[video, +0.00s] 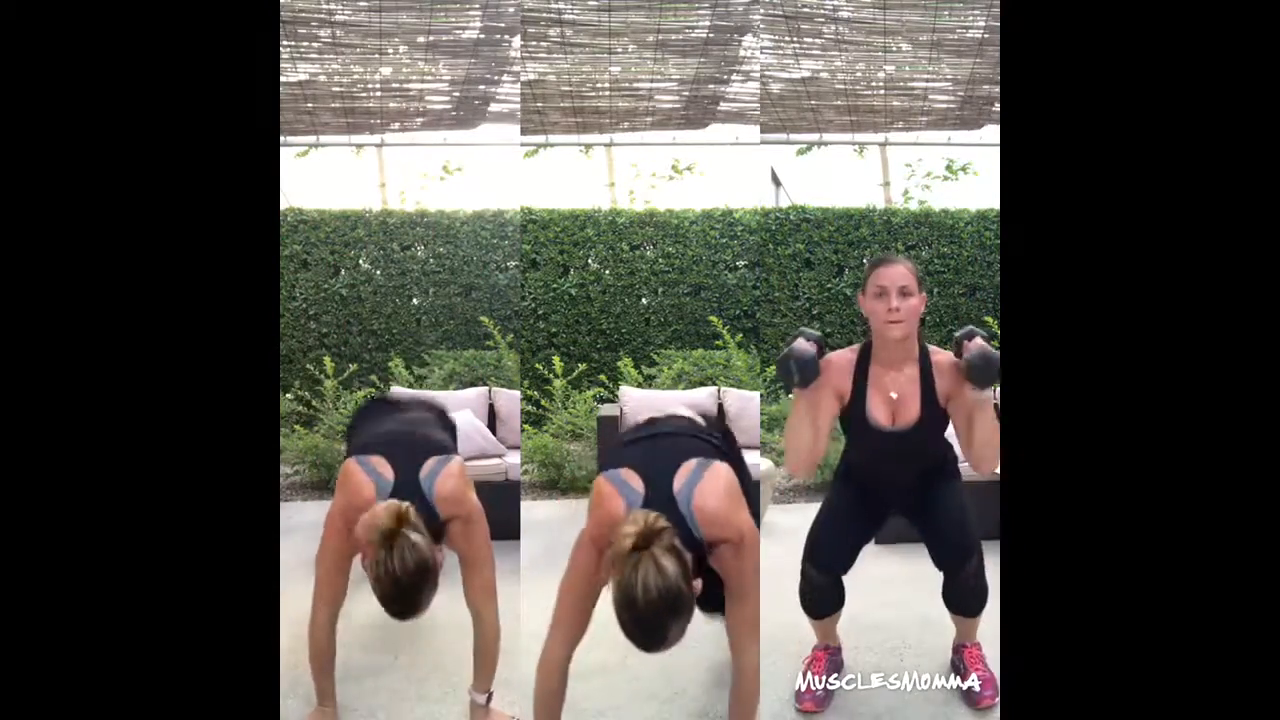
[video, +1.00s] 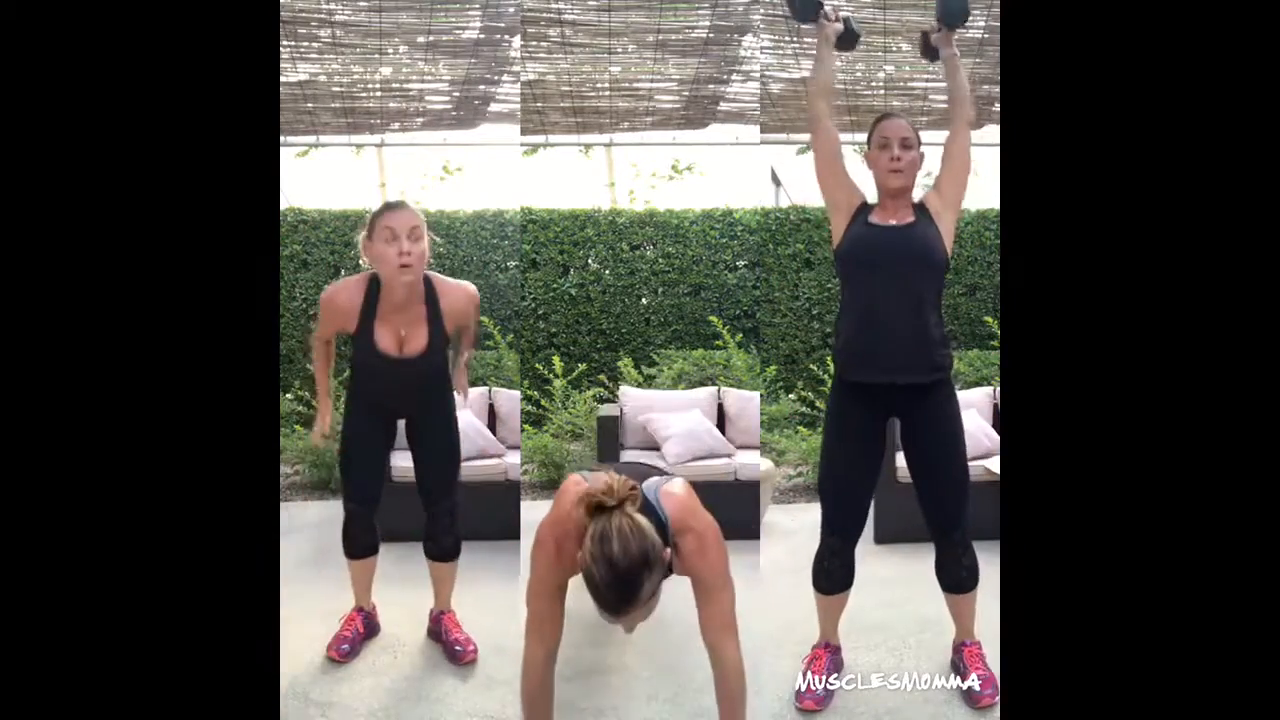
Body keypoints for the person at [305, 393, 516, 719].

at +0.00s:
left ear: (439, 552)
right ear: (366, 558)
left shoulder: (458, 500)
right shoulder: (352, 494)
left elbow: (485, 612)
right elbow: (323, 613)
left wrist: (481, 702)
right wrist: (325, 707)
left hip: (435, 419)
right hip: (369, 419)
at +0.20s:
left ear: (432, 531)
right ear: (369, 544)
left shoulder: (452, 494)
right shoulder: (354, 493)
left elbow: (475, 604)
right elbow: (333, 606)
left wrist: (480, 699)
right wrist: (326, 706)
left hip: (441, 397)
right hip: (369, 395)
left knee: (463, 508)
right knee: (340, 513)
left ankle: (444, 566)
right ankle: (360, 579)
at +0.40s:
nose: (404, 513)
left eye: (414, 500)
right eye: (391, 502)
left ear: (431, 471)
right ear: (375, 474)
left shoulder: (450, 457)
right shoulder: (354, 456)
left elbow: (480, 582)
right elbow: (315, 573)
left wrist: (488, 682)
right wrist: (302, 669)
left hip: (443, 433)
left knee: (463, 536)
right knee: (340, 537)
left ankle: (444, 616)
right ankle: (363, 614)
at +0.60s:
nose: (406, 383)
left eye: (416, 370)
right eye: (392, 372)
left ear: (429, 362)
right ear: (374, 364)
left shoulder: (451, 380)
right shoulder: (355, 376)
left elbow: (496, 473)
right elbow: (305, 468)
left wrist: (504, 562)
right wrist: (297, 555)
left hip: (437, 433)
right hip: (373, 429)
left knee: (456, 520)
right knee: (350, 517)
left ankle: (444, 615)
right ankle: (363, 612)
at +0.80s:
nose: (403, 277)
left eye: (413, 265)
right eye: (390, 267)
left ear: (427, 268)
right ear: (371, 272)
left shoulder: (454, 314)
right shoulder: (349, 313)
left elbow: (486, 355)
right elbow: (308, 366)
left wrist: (487, 420)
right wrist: (306, 433)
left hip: (433, 403)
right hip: (370, 404)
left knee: (448, 506)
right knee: (357, 507)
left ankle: (443, 614)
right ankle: (363, 611)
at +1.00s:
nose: (405, 248)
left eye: (414, 236)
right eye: (390, 238)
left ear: (427, 245)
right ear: (369, 251)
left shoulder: (458, 298)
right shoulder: (342, 299)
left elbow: (466, 341)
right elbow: (322, 344)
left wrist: (458, 377)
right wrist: (324, 405)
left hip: (432, 403)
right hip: (368, 405)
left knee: (442, 508)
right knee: (358, 507)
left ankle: (443, 614)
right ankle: (363, 611)